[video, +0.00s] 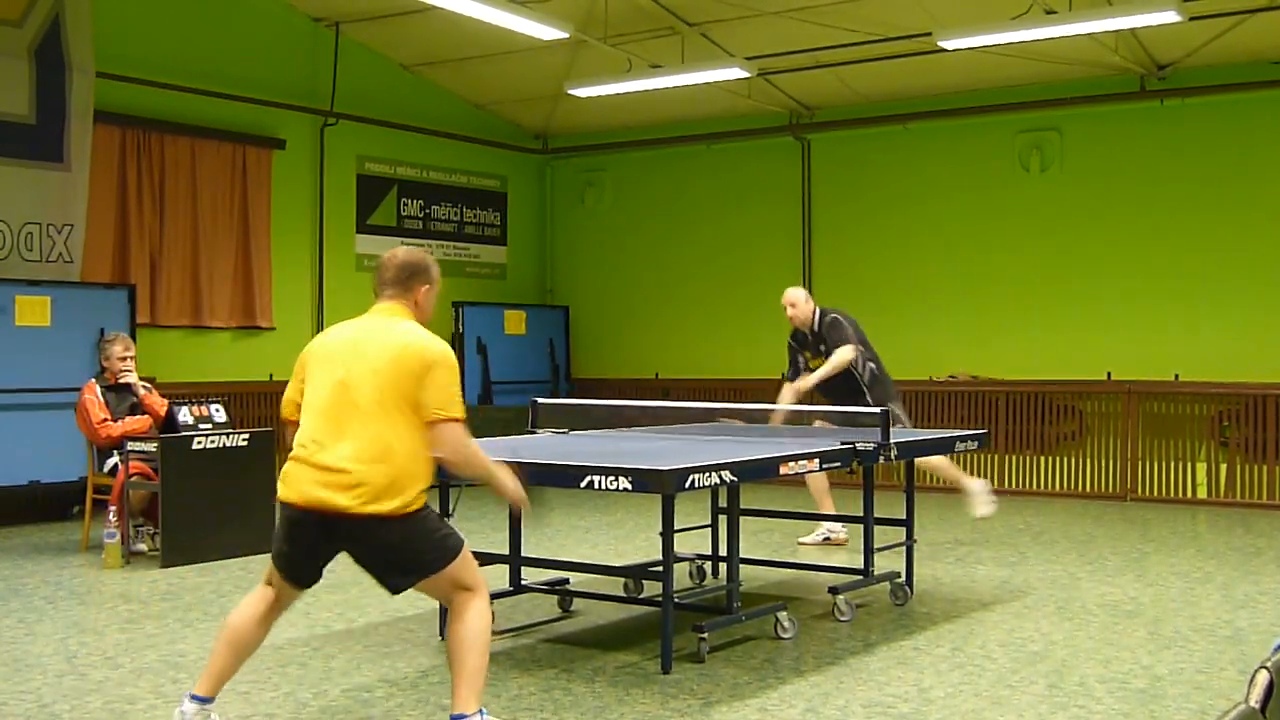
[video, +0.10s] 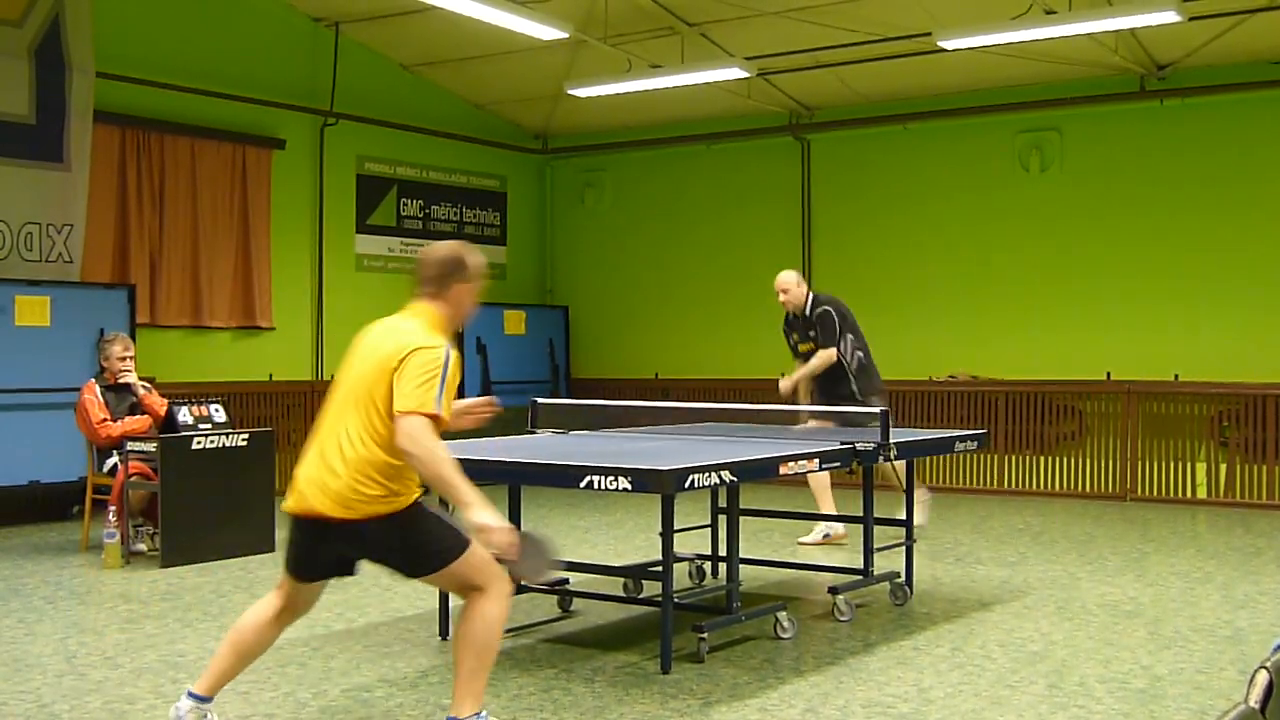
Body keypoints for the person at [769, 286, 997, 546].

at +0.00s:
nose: (788, 313)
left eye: (792, 306)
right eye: (785, 308)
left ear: (809, 303)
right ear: (787, 311)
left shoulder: (833, 321)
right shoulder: (797, 339)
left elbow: (848, 352)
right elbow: (791, 386)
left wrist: (812, 379)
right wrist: (774, 427)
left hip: (876, 402)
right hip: (839, 409)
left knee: (913, 453)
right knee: (807, 457)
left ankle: (973, 485)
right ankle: (832, 525)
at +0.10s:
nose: (780, 298)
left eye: (784, 291)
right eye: (777, 293)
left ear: (802, 288)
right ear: (779, 295)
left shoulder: (827, 309)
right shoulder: (791, 323)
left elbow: (828, 354)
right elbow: (803, 367)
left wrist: (793, 378)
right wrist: (805, 412)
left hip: (864, 397)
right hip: (829, 400)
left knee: (882, 449)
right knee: (809, 452)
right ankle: (831, 522)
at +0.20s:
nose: (777, 297)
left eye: (781, 291)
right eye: (774, 292)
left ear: (799, 285)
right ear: (778, 291)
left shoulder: (826, 303)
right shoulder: (789, 313)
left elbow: (828, 349)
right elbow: (808, 350)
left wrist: (793, 362)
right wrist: (811, 385)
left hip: (854, 387)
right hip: (821, 387)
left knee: (865, 452)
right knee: (799, 444)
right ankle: (820, 511)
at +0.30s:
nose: (777, 303)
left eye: (778, 298)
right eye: (774, 299)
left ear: (794, 289)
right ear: (781, 294)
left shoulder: (822, 307)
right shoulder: (790, 313)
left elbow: (831, 352)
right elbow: (809, 348)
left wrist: (795, 354)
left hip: (840, 384)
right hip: (811, 382)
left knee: (842, 452)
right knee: (781, 432)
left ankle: (863, 517)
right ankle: (794, 498)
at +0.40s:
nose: (769, 304)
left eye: (771, 298)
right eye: (766, 300)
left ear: (788, 290)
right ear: (776, 295)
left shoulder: (816, 308)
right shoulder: (782, 314)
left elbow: (830, 349)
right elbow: (795, 350)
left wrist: (794, 363)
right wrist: (786, 368)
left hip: (831, 382)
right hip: (801, 381)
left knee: (836, 451)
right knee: (773, 439)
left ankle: (862, 517)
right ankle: (770, 509)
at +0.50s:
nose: (757, 304)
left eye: (760, 298)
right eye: (754, 299)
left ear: (775, 290)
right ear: (759, 295)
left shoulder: (804, 306)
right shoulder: (765, 312)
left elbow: (823, 345)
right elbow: (768, 344)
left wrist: (805, 383)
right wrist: (760, 371)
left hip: (814, 382)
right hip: (782, 381)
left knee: (828, 448)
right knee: (765, 441)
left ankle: (860, 514)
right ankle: (764, 511)